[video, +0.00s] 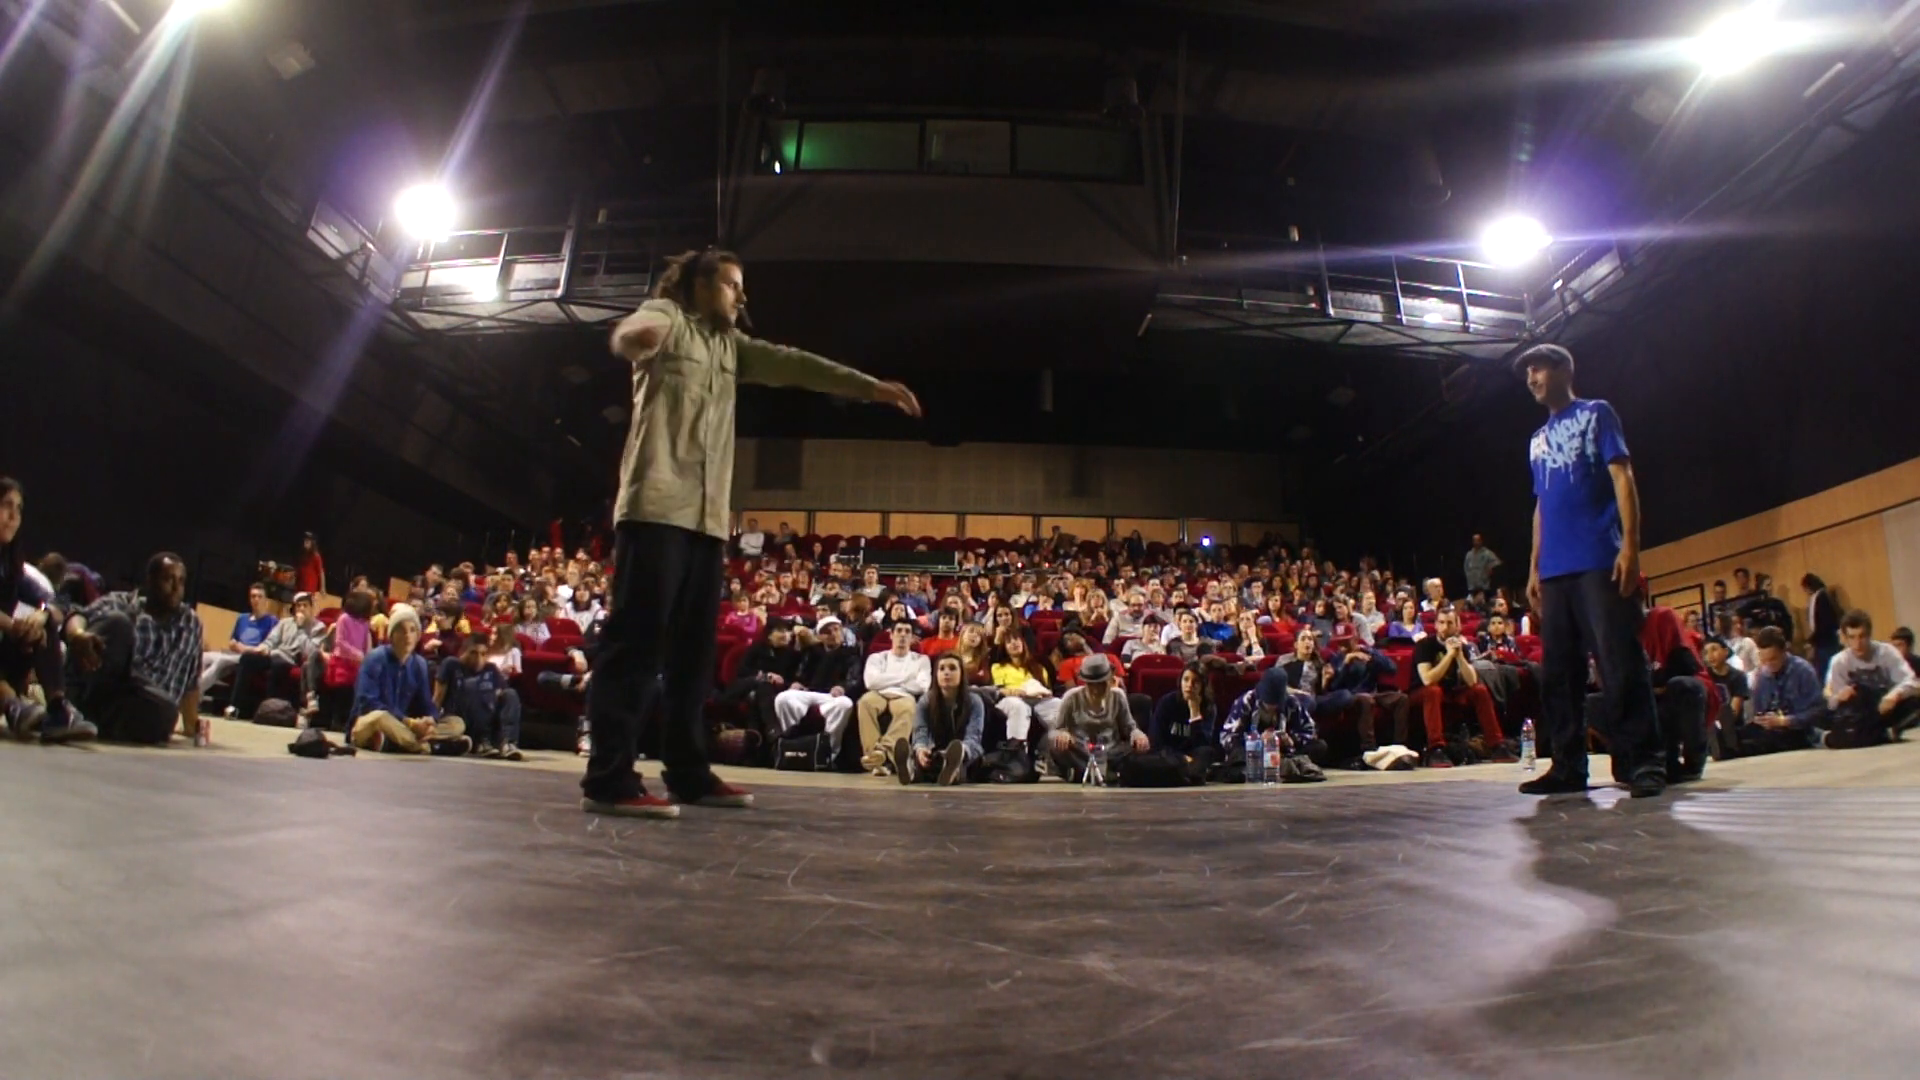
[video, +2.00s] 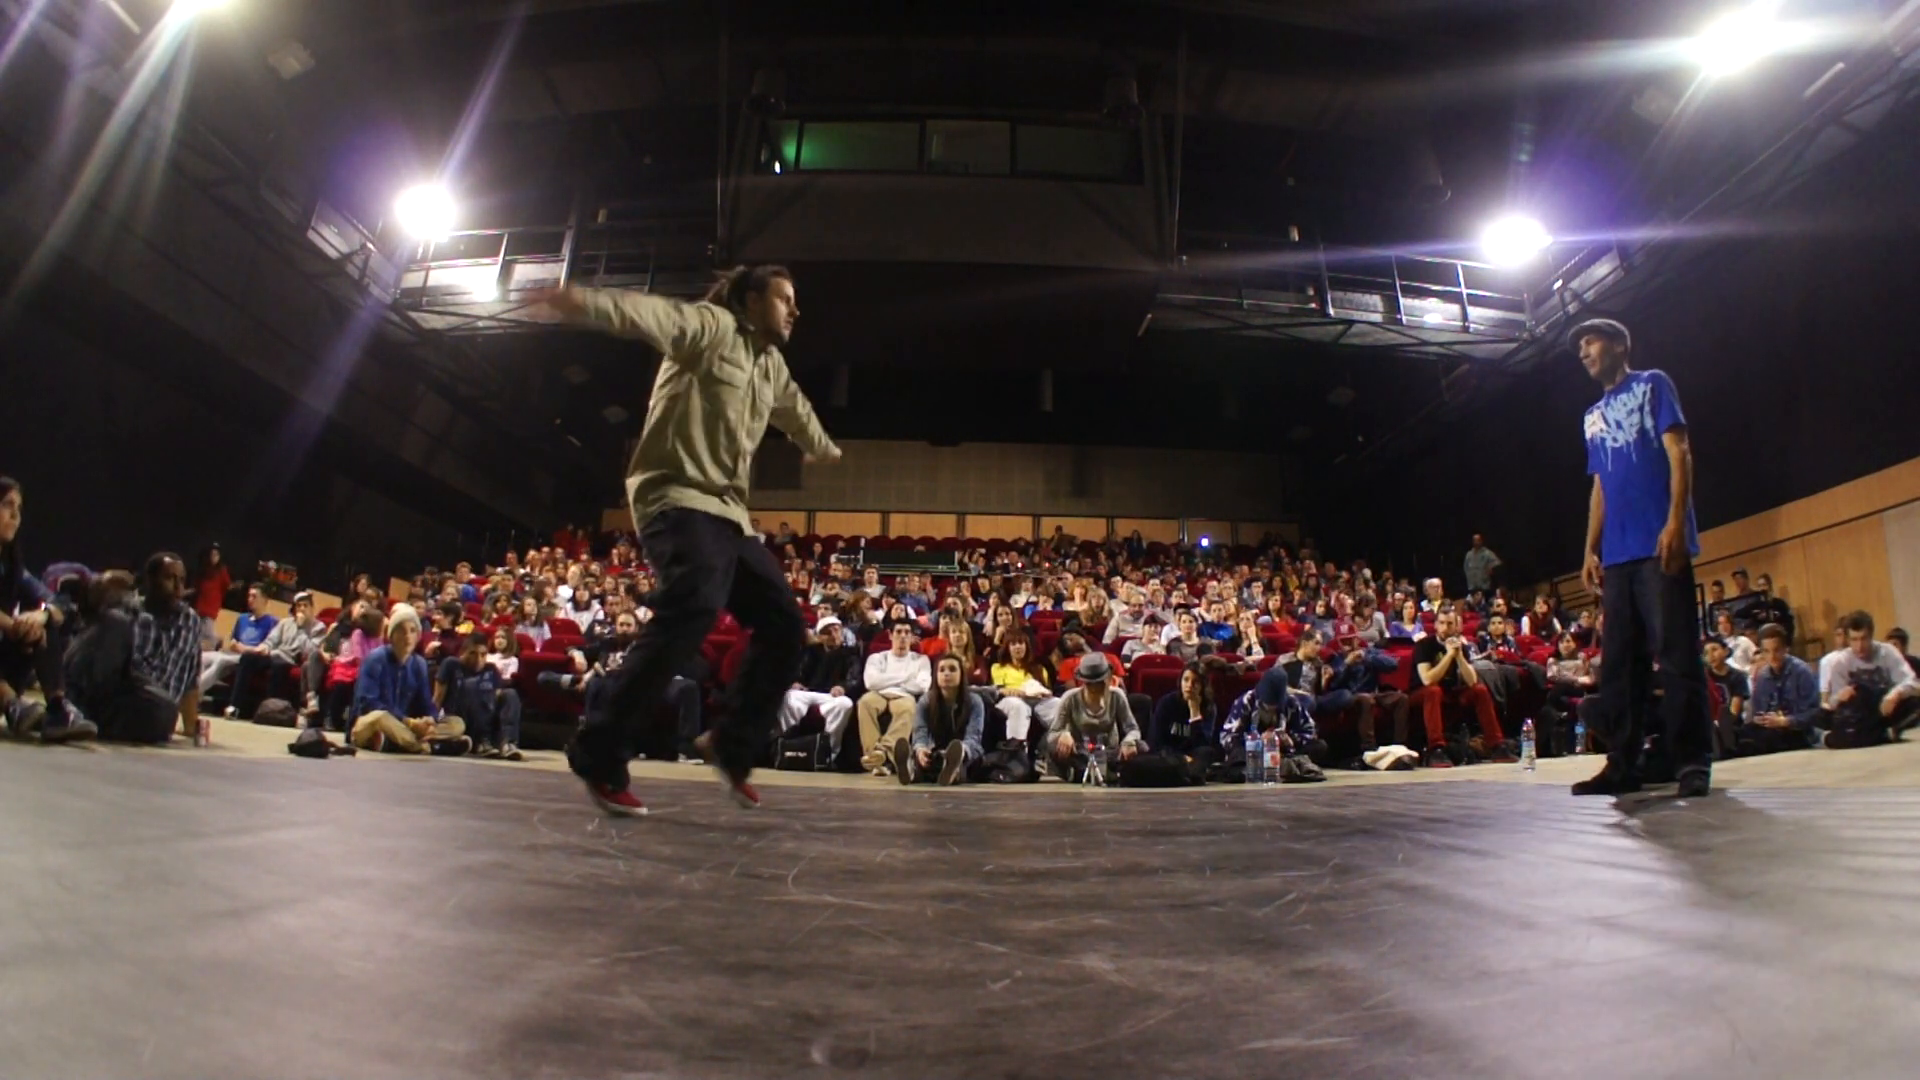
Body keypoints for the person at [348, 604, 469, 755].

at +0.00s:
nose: (408, 636)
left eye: (413, 630)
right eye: (401, 631)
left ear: (418, 635)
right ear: (391, 635)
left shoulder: (420, 664)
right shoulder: (375, 659)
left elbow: (426, 704)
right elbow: (367, 703)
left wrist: (430, 720)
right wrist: (406, 722)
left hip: (411, 725)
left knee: (457, 723)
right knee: (380, 717)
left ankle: (395, 744)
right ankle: (426, 748)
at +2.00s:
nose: (408, 637)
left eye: (413, 631)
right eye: (401, 632)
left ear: (418, 635)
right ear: (391, 635)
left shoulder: (419, 664)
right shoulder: (375, 660)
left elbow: (426, 703)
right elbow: (367, 704)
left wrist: (430, 720)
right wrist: (407, 722)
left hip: (412, 725)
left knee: (457, 724)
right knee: (381, 717)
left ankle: (395, 744)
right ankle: (425, 748)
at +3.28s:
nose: (400, 637)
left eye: (407, 632)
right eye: (396, 630)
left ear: (417, 638)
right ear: (390, 634)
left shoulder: (420, 665)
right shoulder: (373, 660)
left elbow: (420, 707)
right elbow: (364, 704)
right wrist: (406, 700)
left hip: (410, 724)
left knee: (456, 724)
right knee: (379, 718)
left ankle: (393, 744)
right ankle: (428, 747)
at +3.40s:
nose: (398, 637)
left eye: (405, 633)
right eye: (394, 631)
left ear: (415, 639)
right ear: (388, 633)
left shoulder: (419, 664)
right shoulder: (372, 660)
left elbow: (426, 706)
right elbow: (367, 705)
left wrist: (428, 720)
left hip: (404, 724)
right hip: (366, 725)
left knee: (457, 724)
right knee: (380, 717)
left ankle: (393, 744)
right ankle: (428, 747)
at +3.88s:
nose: (381, 629)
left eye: (387, 624)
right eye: (376, 624)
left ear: (398, 630)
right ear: (371, 630)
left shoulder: (408, 661)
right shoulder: (359, 659)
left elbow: (427, 700)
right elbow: (354, 696)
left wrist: (419, 702)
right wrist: (385, 675)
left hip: (402, 723)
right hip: (364, 727)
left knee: (456, 723)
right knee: (379, 716)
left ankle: (393, 743)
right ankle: (430, 748)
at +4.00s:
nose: (377, 626)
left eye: (382, 621)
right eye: (372, 622)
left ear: (393, 628)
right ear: (366, 627)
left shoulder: (400, 657)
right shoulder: (356, 655)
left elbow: (427, 690)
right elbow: (349, 679)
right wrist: (384, 681)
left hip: (401, 720)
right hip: (364, 725)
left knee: (455, 717)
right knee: (379, 713)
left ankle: (395, 742)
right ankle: (429, 747)